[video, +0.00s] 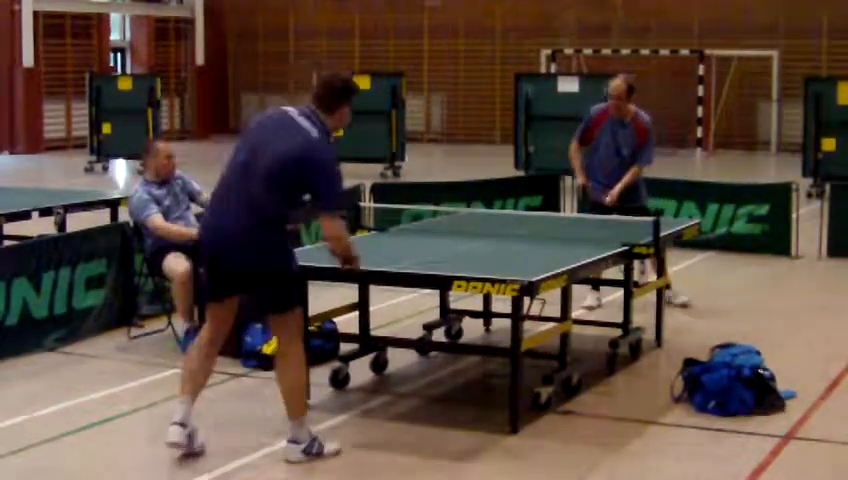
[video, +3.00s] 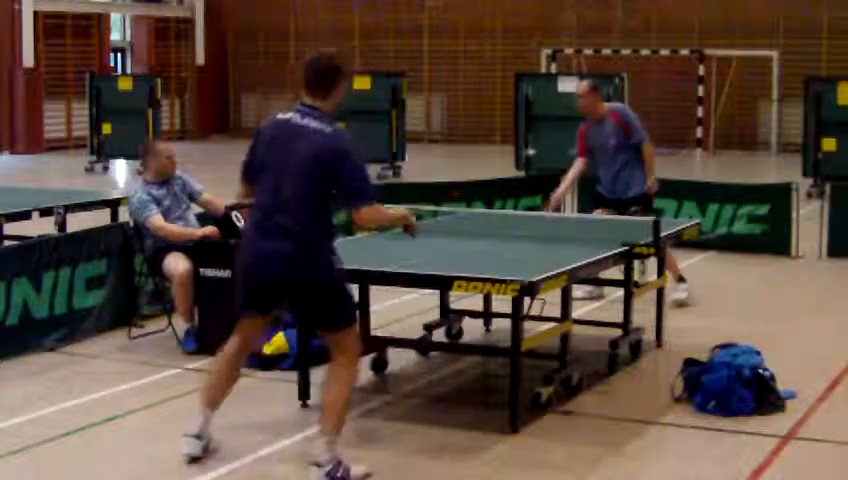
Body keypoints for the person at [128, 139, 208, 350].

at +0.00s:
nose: (172, 163)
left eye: (172, 158)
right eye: (166, 158)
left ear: (174, 160)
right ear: (149, 162)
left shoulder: (179, 181)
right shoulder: (141, 196)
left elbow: (207, 201)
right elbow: (160, 228)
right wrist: (199, 234)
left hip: (193, 236)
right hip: (163, 243)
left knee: (222, 259)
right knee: (182, 270)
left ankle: (218, 319)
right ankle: (188, 326)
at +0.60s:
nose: (174, 161)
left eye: (173, 156)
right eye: (168, 157)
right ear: (151, 162)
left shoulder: (181, 183)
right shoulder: (141, 196)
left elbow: (199, 204)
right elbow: (159, 227)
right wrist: (192, 234)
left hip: (191, 234)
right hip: (162, 242)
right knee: (181, 270)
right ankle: (187, 325)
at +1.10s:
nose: (175, 161)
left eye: (174, 156)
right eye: (169, 157)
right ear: (153, 163)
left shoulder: (179, 181)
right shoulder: (140, 196)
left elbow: (199, 198)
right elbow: (160, 228)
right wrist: (194, 235)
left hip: (193, 235)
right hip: (164, 244)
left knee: (217, 256)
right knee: (182, 270)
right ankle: (188, 323)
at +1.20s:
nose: (175, 161)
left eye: (174, 156)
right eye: (169, 157)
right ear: (153, 163)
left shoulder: (178, 181)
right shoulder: (141, 196)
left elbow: (202, 198)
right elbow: (160, 228)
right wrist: (200, 233)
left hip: (193, 233)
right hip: (164, 243)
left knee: (221, 255)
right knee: (182, 270)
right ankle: (189, 324)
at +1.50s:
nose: (174, 162)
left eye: (173, 157)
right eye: (168, 158)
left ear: (174, 160)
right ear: (150, 163)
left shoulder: (179, 181)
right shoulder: (140, 196)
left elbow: (206, 202)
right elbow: (159, 228)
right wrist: (201, 233)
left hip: (194, 236)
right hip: (164, 243)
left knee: (227, 256)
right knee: (182, 269)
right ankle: (189, 326)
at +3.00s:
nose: (174, 162)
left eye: (174, 158)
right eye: (168, 158)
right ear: (151, 161)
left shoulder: (177, 180)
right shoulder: (140, 194)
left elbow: (207, 202)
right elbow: (160, 228)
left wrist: (235, 213)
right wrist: (199, 232)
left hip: (194, 236)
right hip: (164, 245)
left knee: (229, 252)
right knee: (182, 269)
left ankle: (226, 317)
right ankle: (188, 326)